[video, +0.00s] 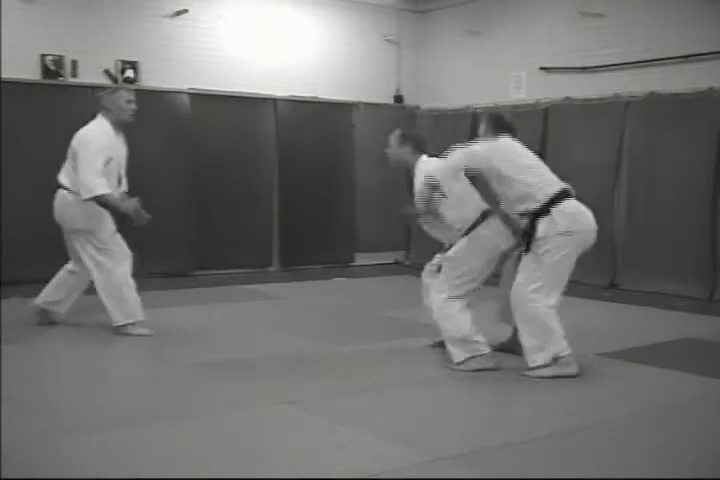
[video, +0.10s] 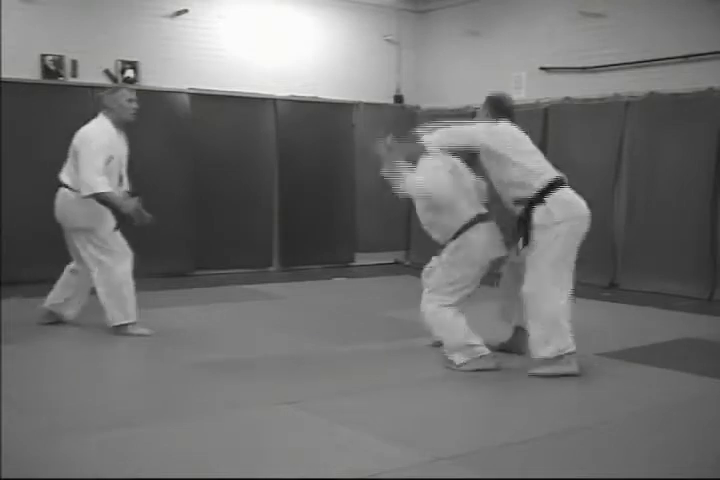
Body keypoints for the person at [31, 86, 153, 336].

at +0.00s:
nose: (134, 108)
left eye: (134, 103)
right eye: (128, 102)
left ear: (113, 106)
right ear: (108, 104)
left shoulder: (116, 137)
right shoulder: (92, 136)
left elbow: (117, 183)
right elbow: (92, 186)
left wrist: (128, 203)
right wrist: (125, 206)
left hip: (88, 202)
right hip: (79, 204)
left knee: (83, 262)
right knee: (116, 257)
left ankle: (48, 308)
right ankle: (126, 321)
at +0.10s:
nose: (135, 106)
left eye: (135, 101)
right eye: (129, 101)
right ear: (109, 103)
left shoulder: (117, 136)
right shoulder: (94, 134)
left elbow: (119, 181)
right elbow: (92, 184)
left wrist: (131, 205)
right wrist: (125, 206)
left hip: (92, 201)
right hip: (79, 203)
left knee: (86, 260)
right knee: (117, 255)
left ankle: (55, 310)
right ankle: (122, 321)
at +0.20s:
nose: (128, 103)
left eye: (127, 98)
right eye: (122, 98)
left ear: (109, 104)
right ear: (104, 102)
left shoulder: (109, 134)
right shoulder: (93, 133)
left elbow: (119, 175)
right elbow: (93, 180)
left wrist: (142, 193)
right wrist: (122, 200)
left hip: (80, 203)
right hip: (86, 204)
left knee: (84, 263)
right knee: (122, 259)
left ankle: (55, 313)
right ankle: (124, 322)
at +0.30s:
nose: (122, 96)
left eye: (122, 91)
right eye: (117, 91)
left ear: (104, 96)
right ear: (98, 95)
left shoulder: (104, 124)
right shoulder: (91, 124)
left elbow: (118, 164)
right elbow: (93, 174)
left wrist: (144, 175)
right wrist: (123, 189)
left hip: (81, 195)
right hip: (87, 198)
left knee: (81, 258)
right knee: (118, 257)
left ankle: (54, 311)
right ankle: (125, 321)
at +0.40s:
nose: (114, 92)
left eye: (114, 88)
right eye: (109, 88)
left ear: (96, 90)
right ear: (91, 89)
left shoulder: (95, 118)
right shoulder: (85, 118)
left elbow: (114, 155)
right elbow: (84, 162)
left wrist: (146, 160)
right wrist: (118, 176)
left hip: (84, 192)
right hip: (87, 194)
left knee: (72, 253)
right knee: (113, 253)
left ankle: (46, 307)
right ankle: (122, 319)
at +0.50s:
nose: (110, 101)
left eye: (110, 96)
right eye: (105, 96)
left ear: (94, 99)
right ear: (89, 97)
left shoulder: (93, 126)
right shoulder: (80, 125)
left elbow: (116, 159)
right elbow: (82, 169)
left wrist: (146, 164)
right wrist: (117, 178)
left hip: (83, 199)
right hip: (82, 201)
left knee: (65, 257)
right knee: (118, 253)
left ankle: (30, 305)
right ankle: (124, 320)